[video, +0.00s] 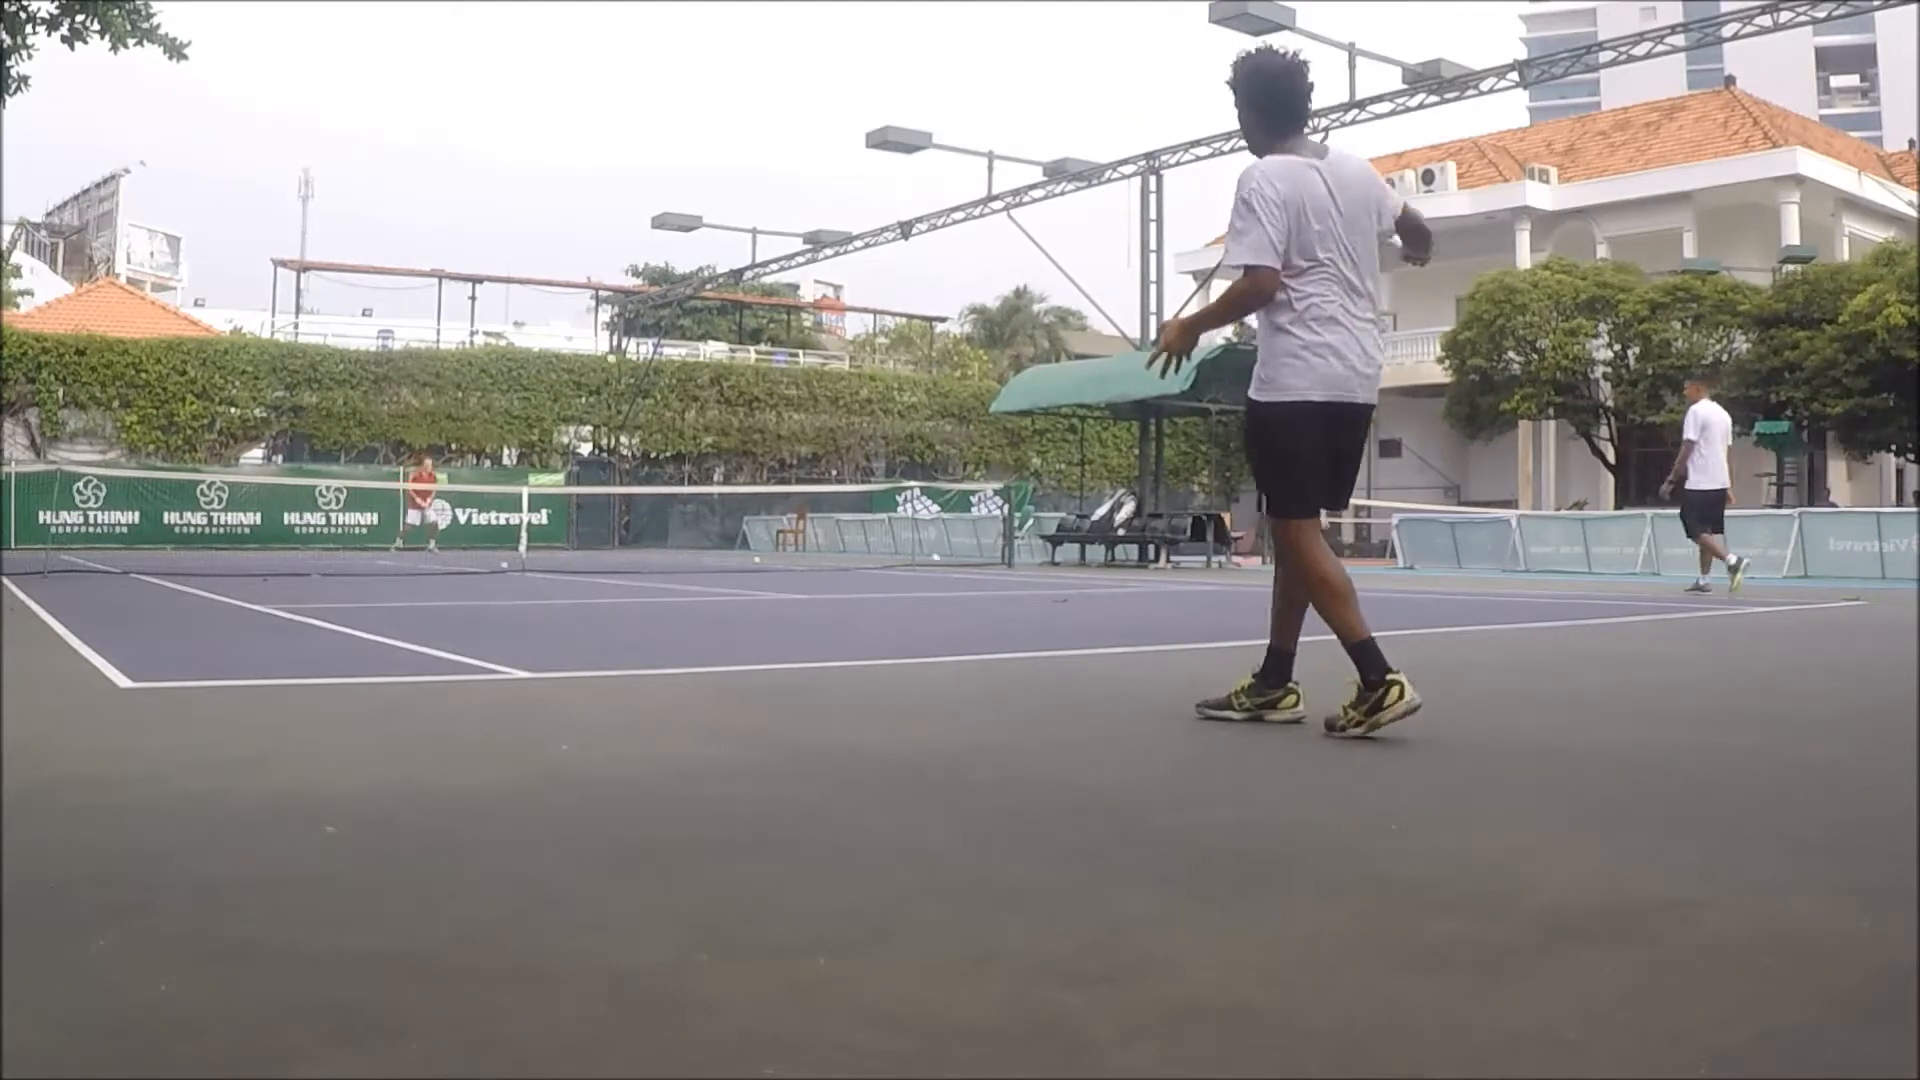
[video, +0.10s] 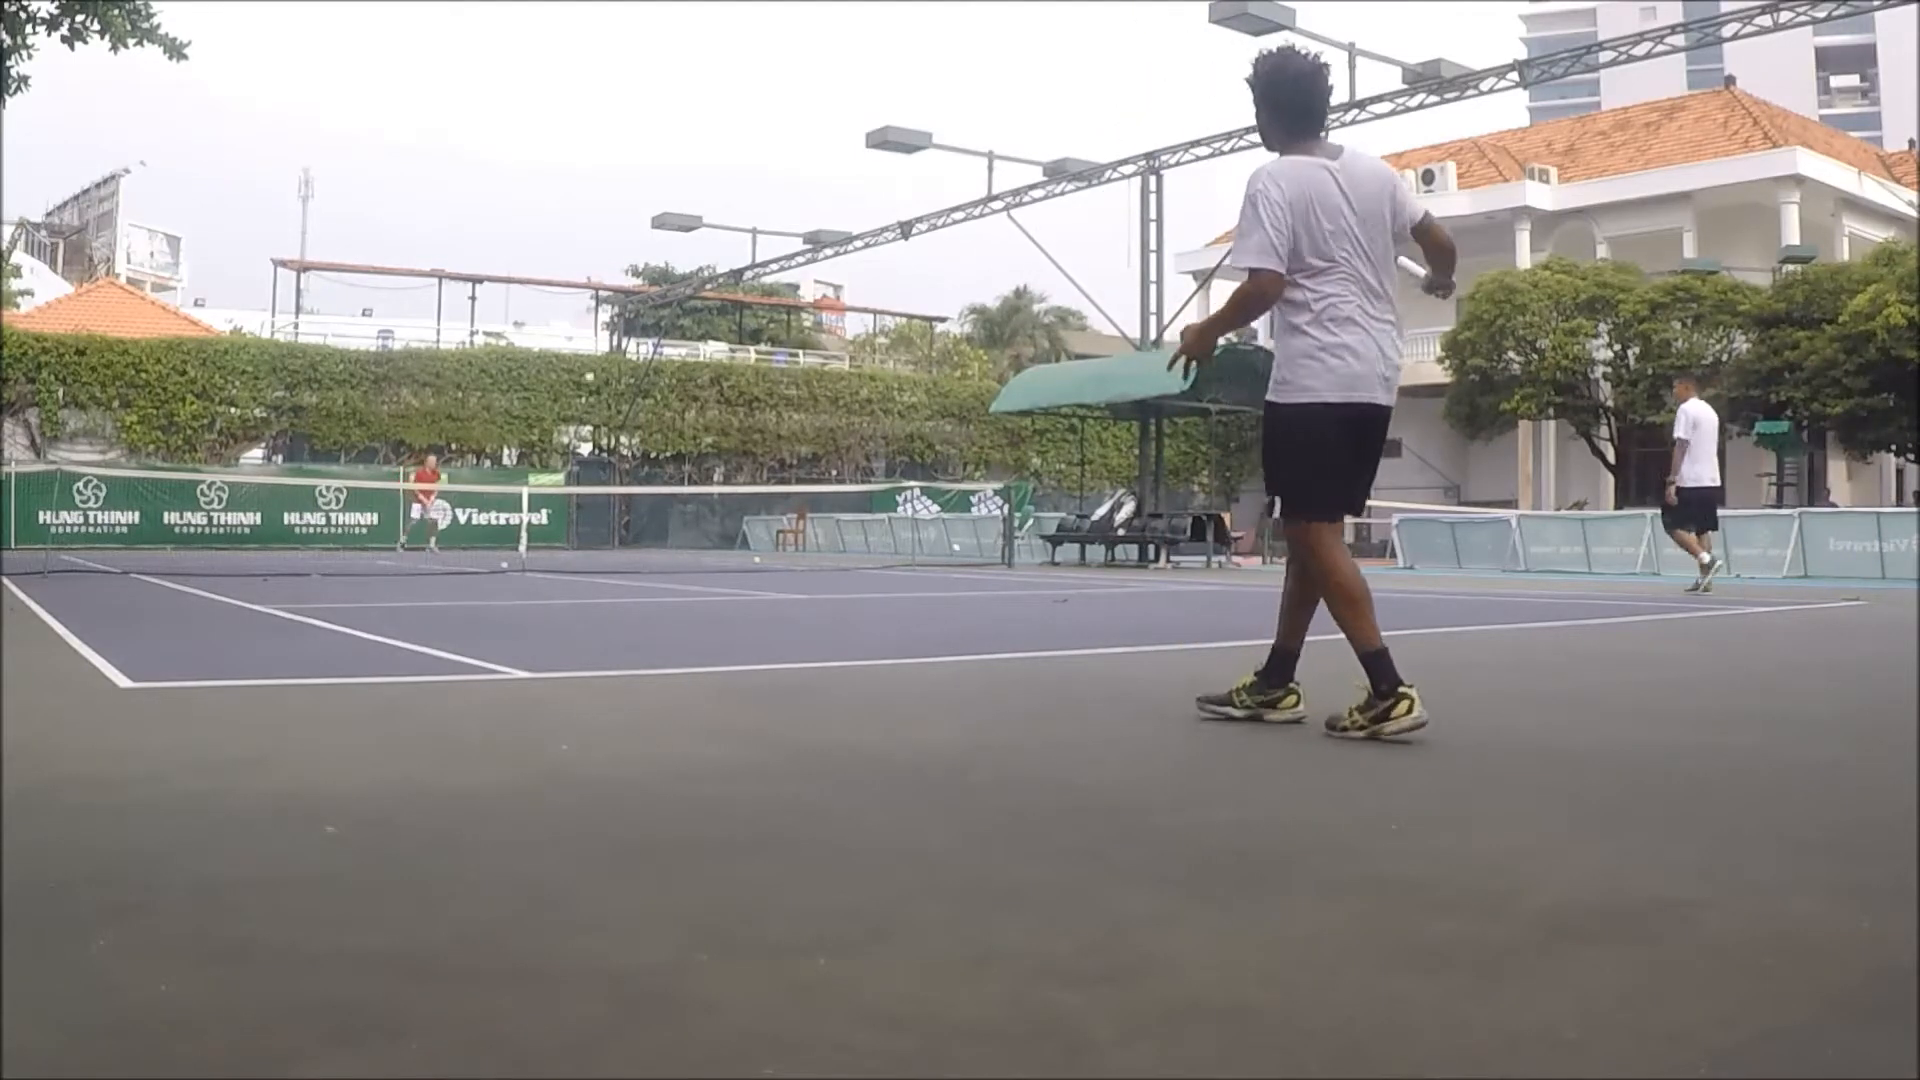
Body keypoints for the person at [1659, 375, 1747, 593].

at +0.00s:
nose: (1684, 393)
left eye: (1687, 388)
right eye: (1685, 388)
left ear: (1698, 389)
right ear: (1703, 390)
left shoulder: (1695, 411)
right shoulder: (1723, 413)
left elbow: (1687, 446)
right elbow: (1725, 453)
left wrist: (1671, 478)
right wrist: (1727, 485)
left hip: (1698, 484)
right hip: (1719, 483)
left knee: (1694, 530)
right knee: (1709, 531)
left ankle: (1731, 560)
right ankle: (1703, 579)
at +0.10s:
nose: (1674, 393)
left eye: (1675, 388)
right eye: (1674, 388)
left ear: (1686, 388)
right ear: (1692, 389)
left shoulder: (1686, 409)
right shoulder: (1710, 411)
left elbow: (1681, 445)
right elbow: (1710, 447)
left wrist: (1671, 479)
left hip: (1690, 480)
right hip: (1710, 480)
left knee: (1672, 524)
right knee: (1703, 530)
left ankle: (1704, 558)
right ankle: (1704, 579)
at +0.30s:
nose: (1650, 397)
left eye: (1652, 392)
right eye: (1650, 392)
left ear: (1661, 392)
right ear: (1667, 392)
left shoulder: (1663, 413)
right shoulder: (1682, 412)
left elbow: (1668, 447)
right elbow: (1682, 450)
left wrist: (1669, 484)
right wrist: (1656, 475)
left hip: (1663, 484)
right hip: (1687, 483)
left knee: (1645, 529)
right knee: (1695, 531)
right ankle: (1701, 578)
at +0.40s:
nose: (1635, 399)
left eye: (1637, 395)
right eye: (1635, 395)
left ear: (1647, 396)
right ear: (1651, 395)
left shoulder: (1649, 416)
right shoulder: (1667, 414)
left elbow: (1656, 450)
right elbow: (1665, 452)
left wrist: (1659, 487)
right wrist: (1640, 475)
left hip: (1649, 488)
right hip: (1674, 485)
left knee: (1637, 534)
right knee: (1685, 531)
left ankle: (1624, 578)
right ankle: (1698, 574)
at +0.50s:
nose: (1623, 400)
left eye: (1624, 396)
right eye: (1623, 396)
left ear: (1632, 396)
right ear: (1641, 397)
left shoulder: (1634, 417)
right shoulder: (1653, 414)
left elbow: (1639, 452)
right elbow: (1653, 451)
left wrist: (1641, 488)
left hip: (1633, 487)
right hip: (1656, 486)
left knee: (1626, 534)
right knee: (1664, 532)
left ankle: (1620, 578)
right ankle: (1687, 566)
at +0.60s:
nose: (1609, 399)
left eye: (1611, 395)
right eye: (1610, 395)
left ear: (1619, 395)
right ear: (1627, 395)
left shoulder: (1620, 415)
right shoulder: (1641, 413)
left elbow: (1621, 451)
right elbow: (1641, 448)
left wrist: (1614, 485)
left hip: (1626, 483)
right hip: (1643, 482)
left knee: (1622, 533)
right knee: (1636, 529)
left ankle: (1620, 577)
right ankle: (1660, 555)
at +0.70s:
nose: (1598, 397)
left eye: (1600, 393)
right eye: (1599, 393)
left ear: (1607, 393)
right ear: (1615, 393)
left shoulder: (1608, 414)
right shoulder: (1630, 413)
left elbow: (1602, 448)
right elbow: (1633, 444)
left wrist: (1588, 476)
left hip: (1612, 481)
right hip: (1629, 479)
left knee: (1613, 528)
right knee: (1615, 525)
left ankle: (1620, 576)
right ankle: (1627, 561)